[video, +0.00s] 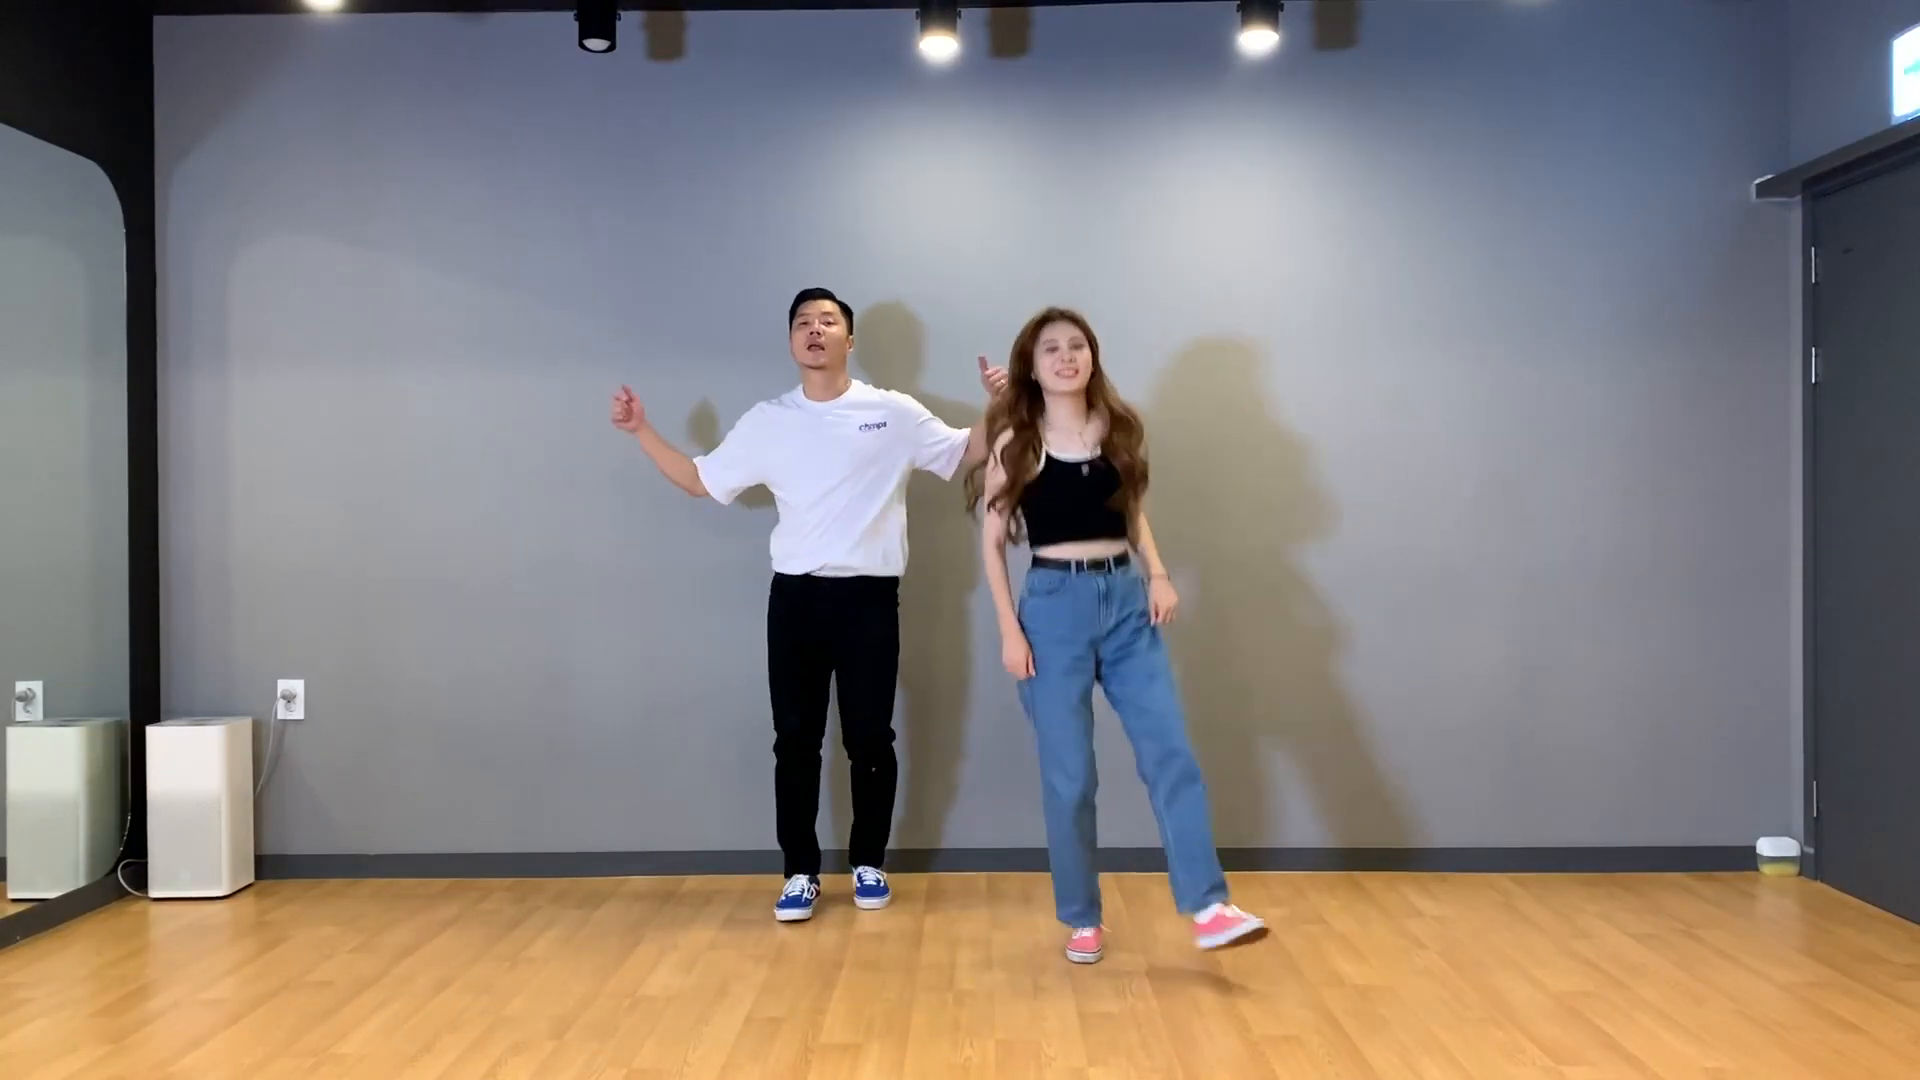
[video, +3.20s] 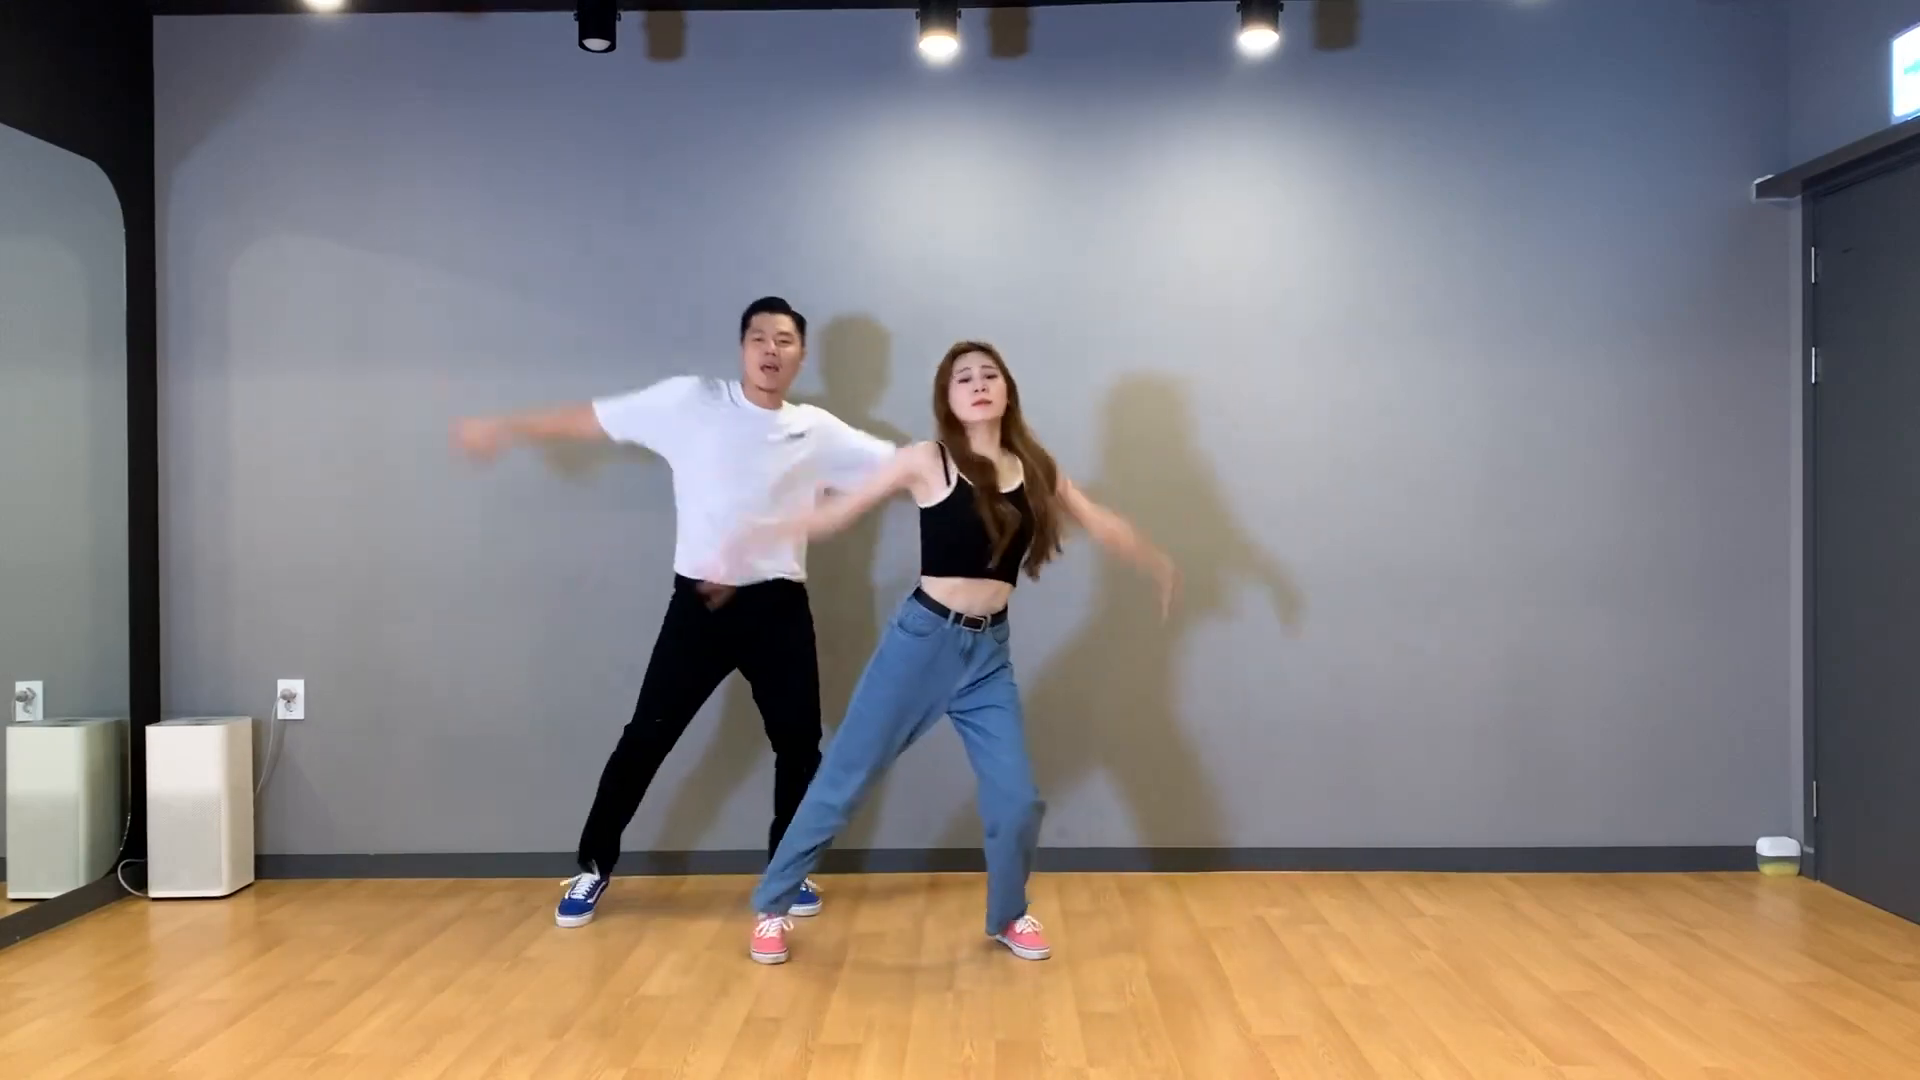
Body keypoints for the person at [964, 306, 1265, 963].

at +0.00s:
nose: (1065, 358)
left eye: (1075, 347)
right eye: (1050, 350)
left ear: (1093, 359)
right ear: (1031, 366)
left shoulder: (1119, 431)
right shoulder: (1014, 444)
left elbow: (1133, 512)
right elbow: (993, 540)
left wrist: (1158, 573)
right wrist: (1009, 628)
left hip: (1125, 598)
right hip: (1052, 604)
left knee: (1170, 751)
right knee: (1071, 775)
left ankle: (1205, 903)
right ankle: (1082, 917)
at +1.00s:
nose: (1094, 366)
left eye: (1107, 356)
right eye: (1082, 356)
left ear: (1128, 369)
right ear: (1066, 369)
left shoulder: (1153, 445)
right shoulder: (1040, 444)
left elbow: (1207, 525)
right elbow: (990, 523)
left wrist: (1273, 587)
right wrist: (926, 582)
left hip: (1126, 615)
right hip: (1052, 614)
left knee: (1122, 775)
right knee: (1054, 784)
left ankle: (1129, 917)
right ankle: (1080, 916)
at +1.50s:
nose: (1086, 368)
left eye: (1096, 356)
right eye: (1071, 361)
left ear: (1115, 365)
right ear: (1057, 375)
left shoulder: (1154, 441)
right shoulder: (1036, 446)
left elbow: (1162, 537)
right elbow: (1025, 541)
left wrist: (1161, 620)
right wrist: (1012, 628)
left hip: (1134, 609)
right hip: (1060, 609)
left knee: (1131, 771)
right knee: (1072, 772)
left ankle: (1133, 917)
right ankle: (1080, 916)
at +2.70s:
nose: (1067, 362)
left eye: (1078, 352)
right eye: (1053, 355)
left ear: (1100, 368)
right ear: (1035, 374)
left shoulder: (1127, 447)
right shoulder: (1012, 454)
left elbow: (1189, 527)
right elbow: (969, 538)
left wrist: (1241, 581)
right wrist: (928, 612)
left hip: (1109, 622)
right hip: (1033, 625)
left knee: (1134, 781)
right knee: (1067, 788)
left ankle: (1159, 923)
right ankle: (1092, 944)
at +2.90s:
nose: (1040, 386)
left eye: (1052, 376)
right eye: (1027, 376)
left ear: (1072, 387)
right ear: (1010, 388)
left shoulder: (1092, 458)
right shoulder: (985, 448)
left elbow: (1120, 546)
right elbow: (989, 526)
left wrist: (1088, 512)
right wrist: (1045, 466)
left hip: (1057, 630)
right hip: (986, 625)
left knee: (1064, 800)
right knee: (1007, 776)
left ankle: (1013, 895)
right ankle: (1058, 926)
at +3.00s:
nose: (1022, 395)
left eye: (1034, 385)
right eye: (1010, 387)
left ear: (1055, 397)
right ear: (993, 401)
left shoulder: (1076, 475)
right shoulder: (975, 464)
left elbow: (1061, 570)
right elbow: (998, 556)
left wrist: (1035, 501)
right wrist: (1046, 490)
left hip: (1029, 646)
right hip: (959, 639)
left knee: (1043, 801)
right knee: (942, 774)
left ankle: (1002, 910)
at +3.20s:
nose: (979, 385)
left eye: (989, 376)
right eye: (965, 379)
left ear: (1009, 391)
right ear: (947, 398)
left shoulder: (1034, 469)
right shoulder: (925, 461)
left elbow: (1101, 523)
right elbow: (841, 510)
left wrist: (1155, 561)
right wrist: (780, 528)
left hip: (989, 650)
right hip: (922, 640)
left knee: (1017, 798)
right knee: (845, 779)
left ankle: (1008, 916)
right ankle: (772, 905)